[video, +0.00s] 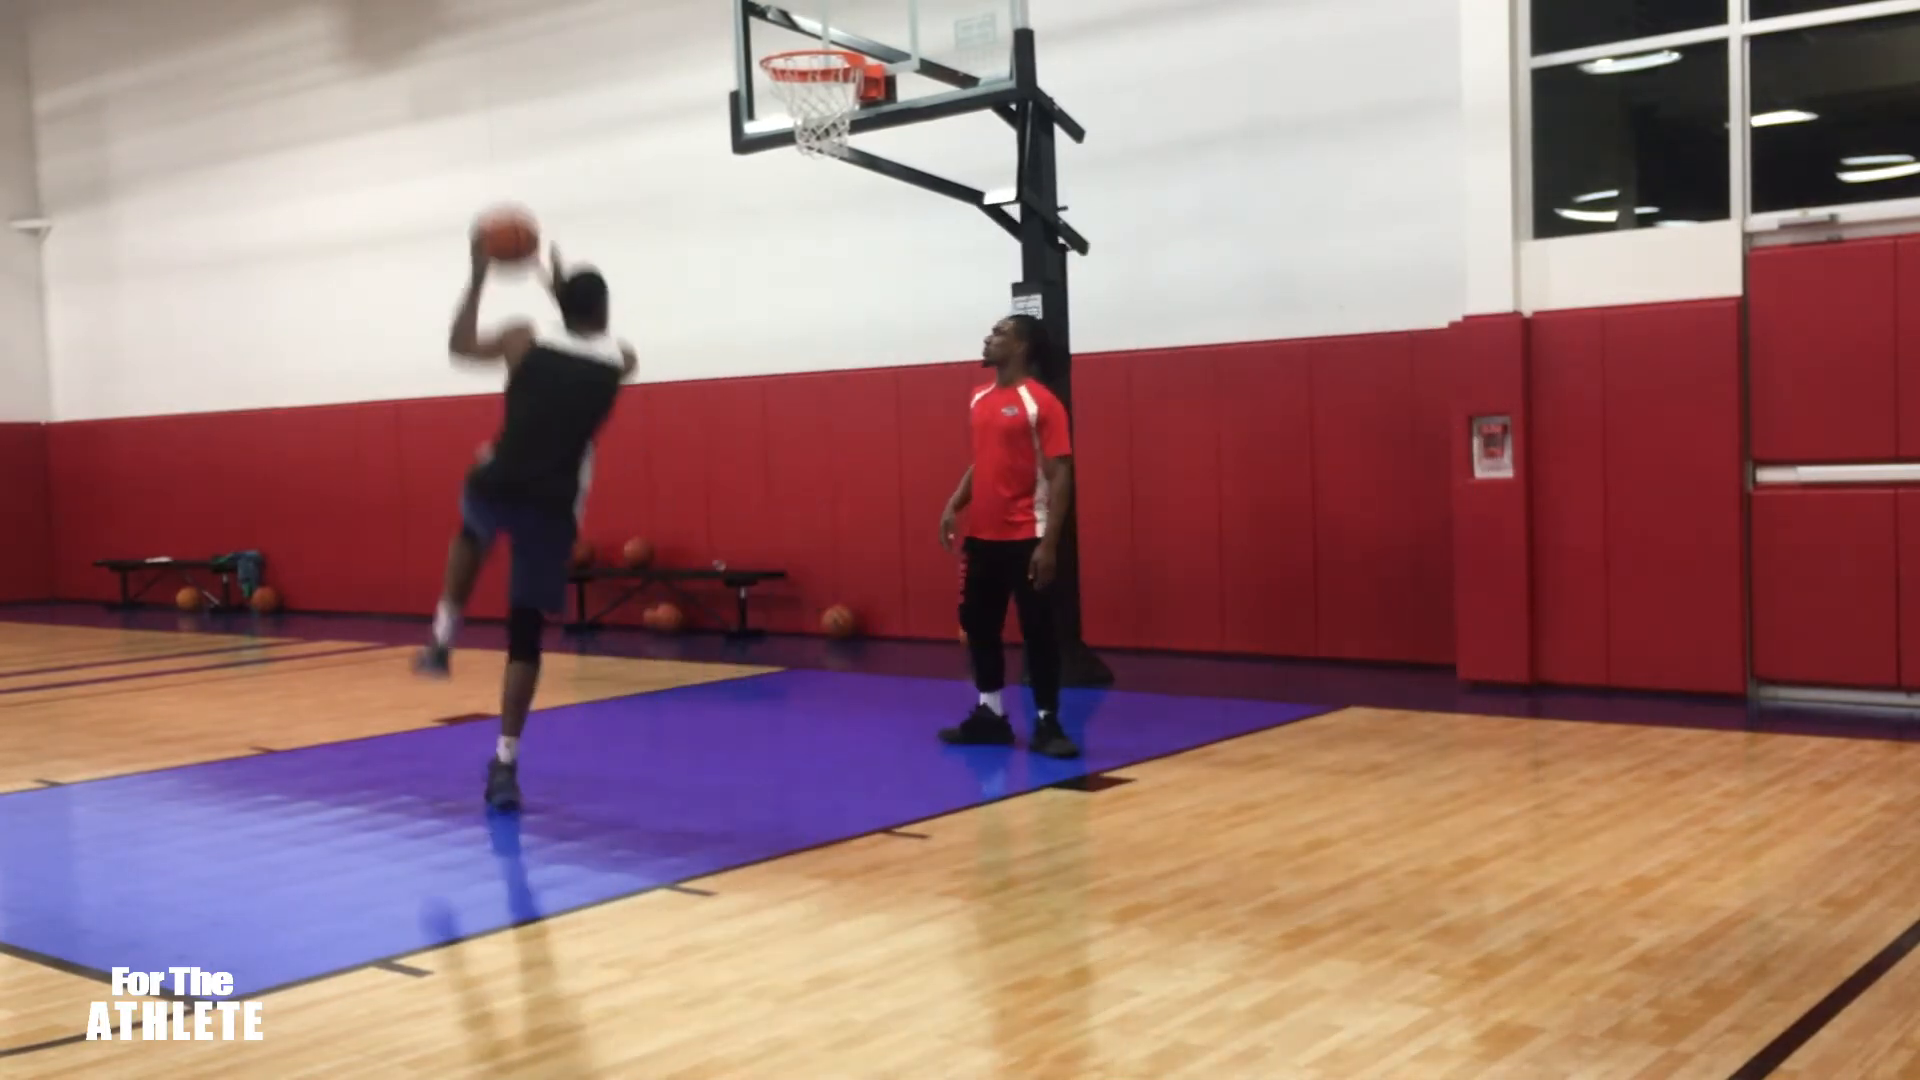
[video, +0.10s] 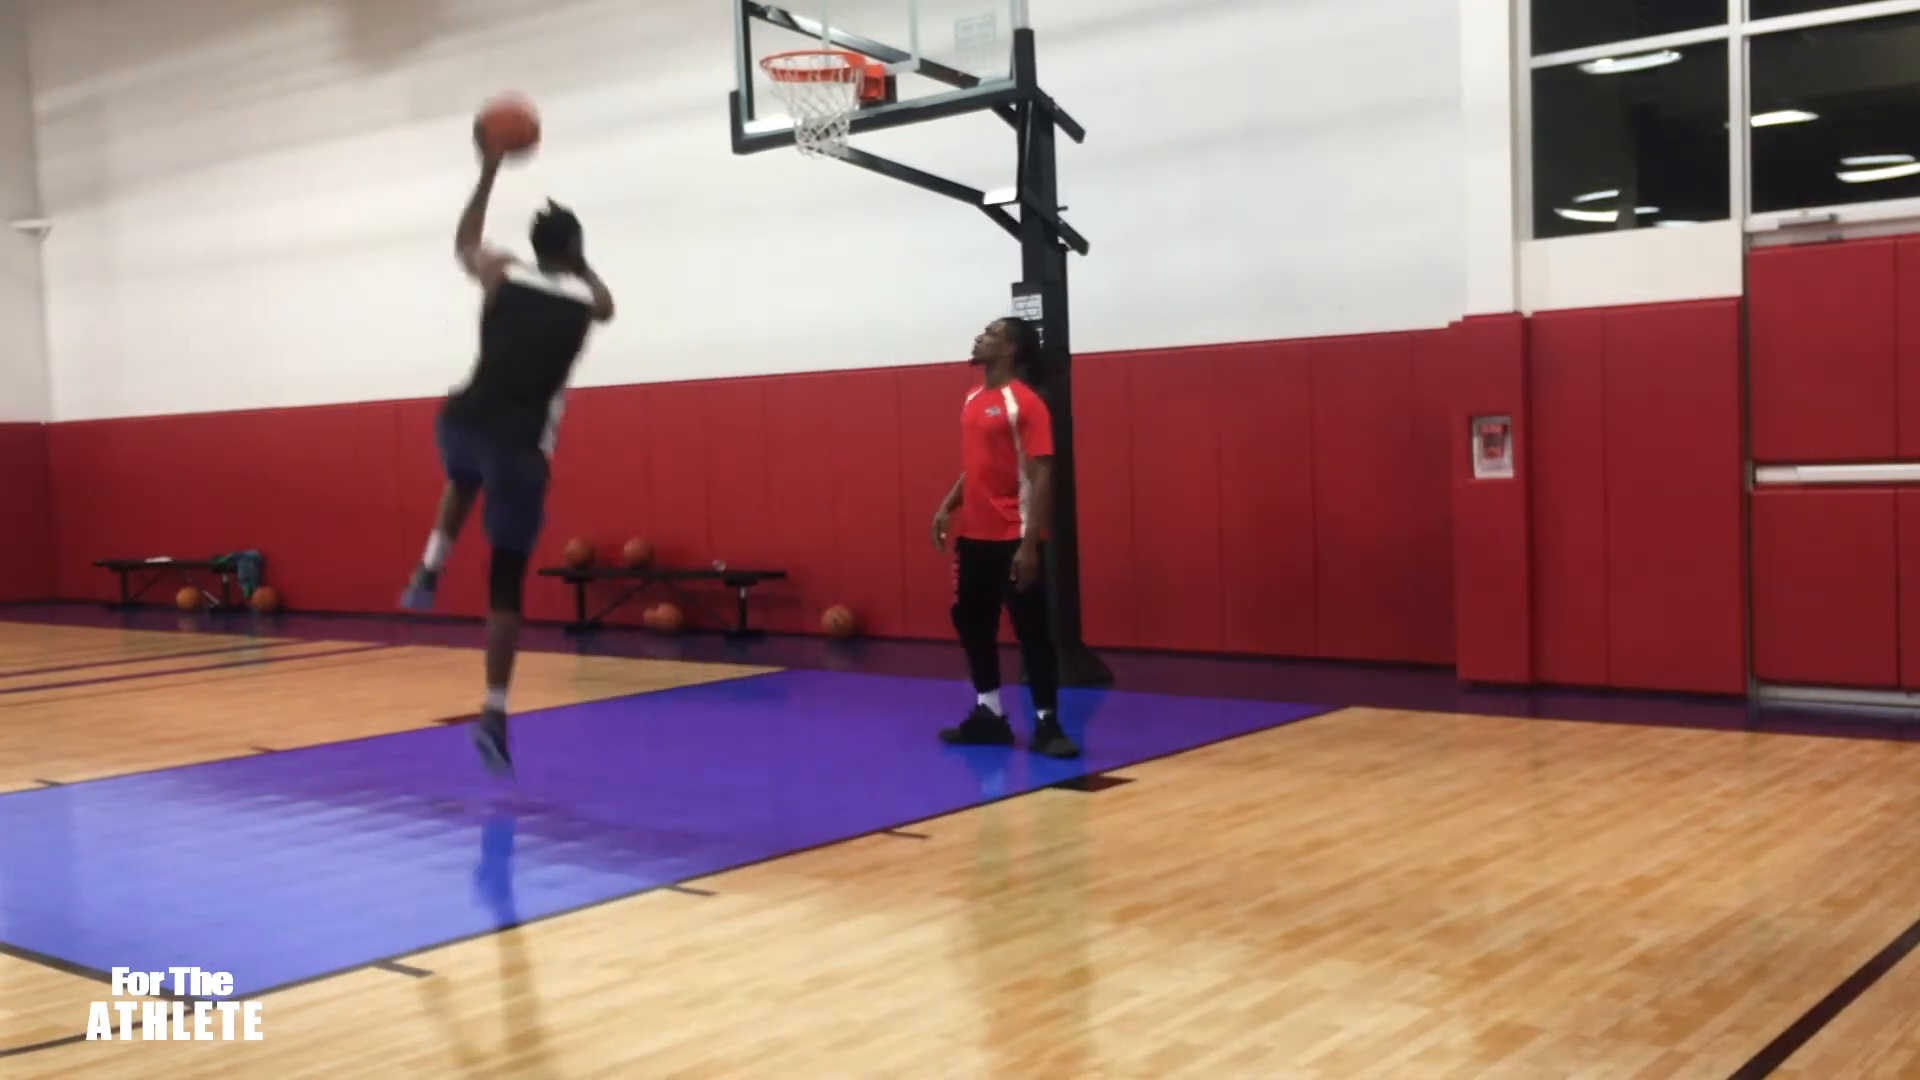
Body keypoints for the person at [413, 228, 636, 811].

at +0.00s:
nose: (582, 308)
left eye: (575, 298)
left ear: (564, 308)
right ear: (605, 310)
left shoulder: (524, 340)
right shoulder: (618, 364)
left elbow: (461, 345)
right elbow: (591, 335)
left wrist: (477, 274)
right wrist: (561, 289)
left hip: (494, 484)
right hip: (552, 502)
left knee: (470, 535)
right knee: (526, 633)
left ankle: (441, 639)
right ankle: (505, 763)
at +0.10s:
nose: (570, 252)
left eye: (551, 242)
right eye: (572, 247)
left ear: (532, 245)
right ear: (576, 252)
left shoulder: (500, 275)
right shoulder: (585, 304)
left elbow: (467, 242)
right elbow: (606, 307)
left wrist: (487, 171)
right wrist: (576, 264)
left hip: (463, 429)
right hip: (519, 451)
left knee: (464, 479)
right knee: (506, 587)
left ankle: (429, 567)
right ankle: (494, 707)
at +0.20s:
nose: (550, 204)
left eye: (534, 196)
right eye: (548, 198)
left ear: (501, 205)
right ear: (544, 211)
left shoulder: (476, 231)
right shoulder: (557, 258)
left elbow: (490, 160)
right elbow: (596, 297)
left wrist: (519, 92)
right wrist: (569, 251)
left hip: (440, 395)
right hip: (495, 411)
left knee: (468, 462)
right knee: (485, 544)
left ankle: (421, 549)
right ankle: (471, 669)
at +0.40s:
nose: (494, 188)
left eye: (487, 183)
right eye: (489, 187)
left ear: (452, 202)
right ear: (479, 203)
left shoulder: (439, 229)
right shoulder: (485, 262)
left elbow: (504, 168)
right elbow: (538, 335)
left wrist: (541, 101)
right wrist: (593, 346)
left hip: (416, 392)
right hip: (453, 405)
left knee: (449, 512)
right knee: (459, 522)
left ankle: (404, 625)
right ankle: (441, 650)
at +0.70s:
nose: (457, 336)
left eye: (451, 330)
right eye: (447, 334)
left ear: (433, 350)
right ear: (431, 351)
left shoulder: (448, 382)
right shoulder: (415, 410)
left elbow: (474, 313)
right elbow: (389, 471)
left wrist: (492, 247)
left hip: (434, 542)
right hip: (416, 545)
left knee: (444, 634)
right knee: (466, 634)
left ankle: (385, 733)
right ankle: (392, 730)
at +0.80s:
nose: (451, 328)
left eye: (445, 321)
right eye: (443, 324)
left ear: (424, 340)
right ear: (424, 340)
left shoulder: (439, 376)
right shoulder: (397, 401)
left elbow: (476, 311)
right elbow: (362, 475)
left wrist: (511, 250)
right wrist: (330, 543)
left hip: (432, 532)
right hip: (418, 536)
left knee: (435, 631)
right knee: (480, 618)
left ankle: (383, 732)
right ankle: (416, 719)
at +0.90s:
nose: (442, 309)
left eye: (437, 302)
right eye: (433, 304)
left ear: (420, 320)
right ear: (413, 321)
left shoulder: (438, 360)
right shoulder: (385, 386)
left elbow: (475, 297)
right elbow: (347, 460)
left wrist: (507, 236)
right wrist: (319, 526)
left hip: (438, 519)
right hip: (416, 522)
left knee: (429, 617)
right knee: (464, 613)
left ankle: (386, 722)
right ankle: (405, 721)